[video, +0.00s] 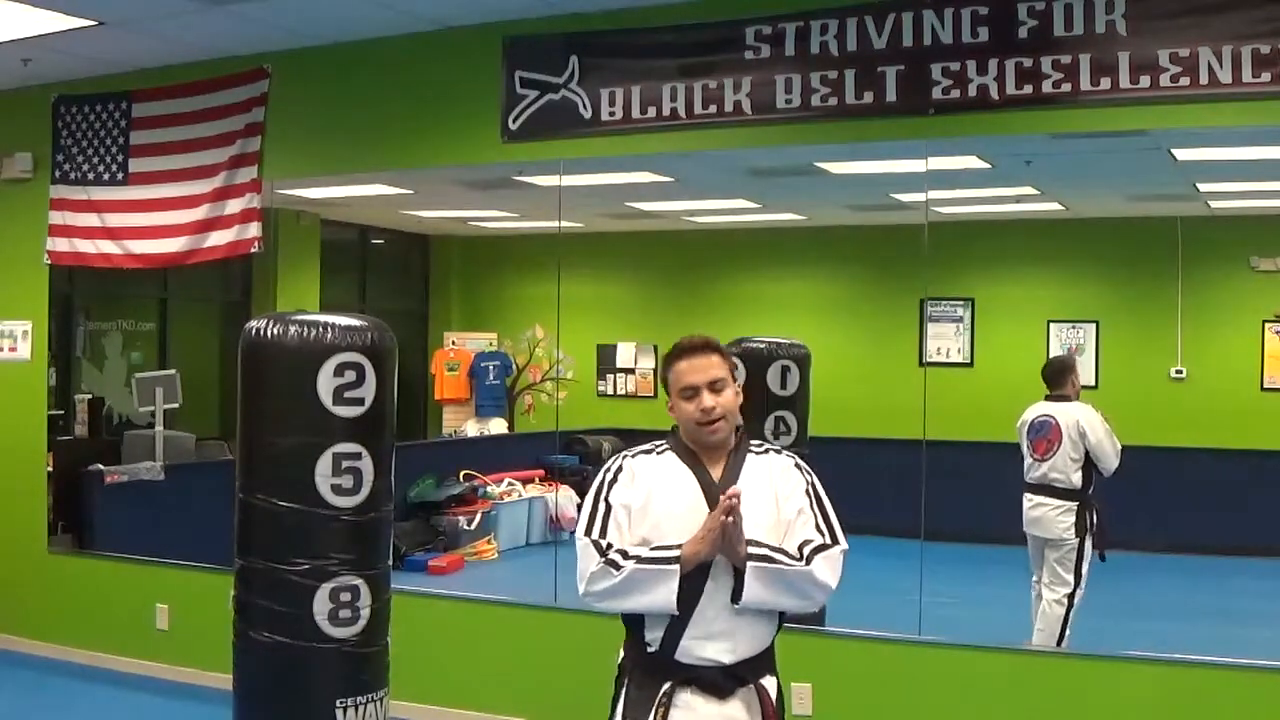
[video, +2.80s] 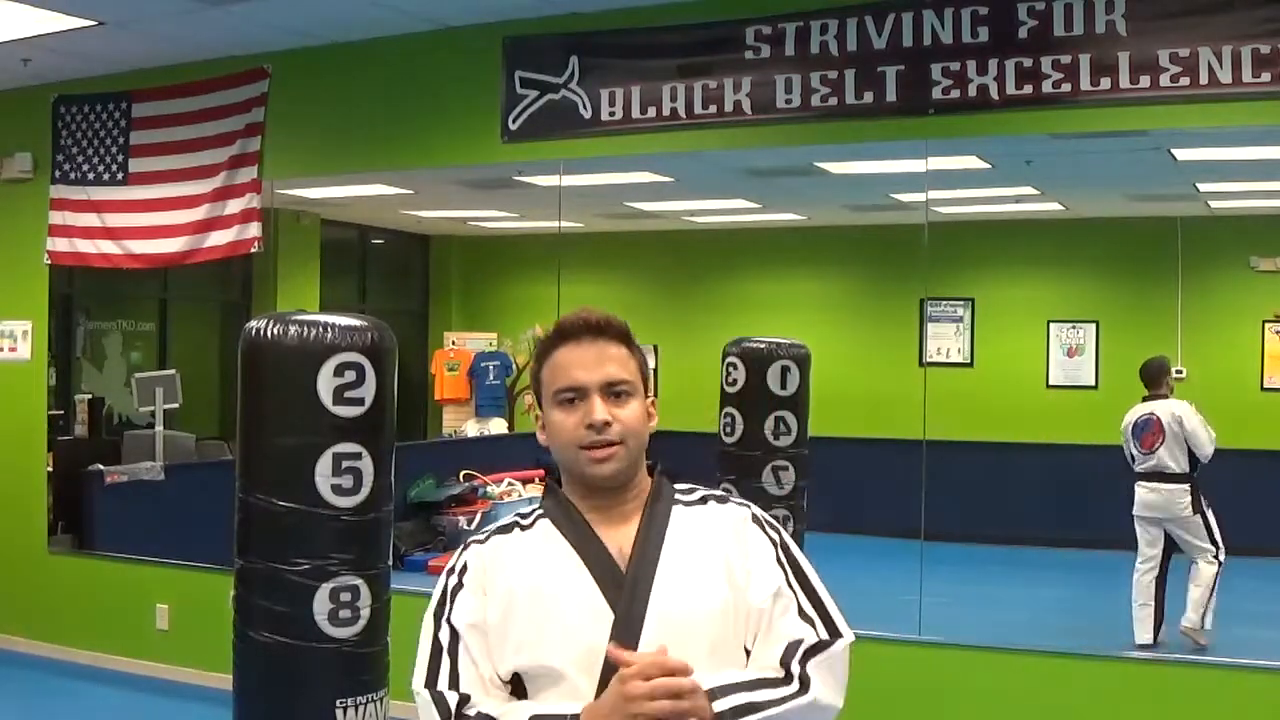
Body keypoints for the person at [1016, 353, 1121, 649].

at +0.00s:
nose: (1080, 380)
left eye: (1077, 375)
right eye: (1077, 375)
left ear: (1048, 383)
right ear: (1072, 381)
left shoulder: (1030, 414)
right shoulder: (1084, 416)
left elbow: (1030, 454)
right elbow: (1109, 463)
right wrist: (1102, 425)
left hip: (1033, 510)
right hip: (1067, 515)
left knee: (1039, 582)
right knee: (1060, 589)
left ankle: (1039, 648)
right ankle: (1044, 656)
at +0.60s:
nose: (1080, 383)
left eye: (1077, 378)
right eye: (1078, 379)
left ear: (1048, 385)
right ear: (1075, 382)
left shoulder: (1035, 416)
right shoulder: (1092, 409)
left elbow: (1034, 459)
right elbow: (1120, 451)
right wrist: (1093, 453)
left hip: (1045, 505)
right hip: (1082, 507)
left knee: (1053, 578)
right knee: (1090, 579)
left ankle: (1051, 648)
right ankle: (1056, 647)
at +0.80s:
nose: (1086, 384)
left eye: (1083, 380)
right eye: (1085, 380)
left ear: (1053, 384)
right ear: (1080, 382)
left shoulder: (1037, 415)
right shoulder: (1092, 409)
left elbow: (1038, 458)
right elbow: (1120, 452)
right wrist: (1091, 451)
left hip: (1050, 502)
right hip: (1087, 504)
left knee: (1059, 573)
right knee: (1117, 569)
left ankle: (1055, 645)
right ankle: (1085, 641)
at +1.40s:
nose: (1131, 385)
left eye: (1128, 381)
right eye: (1131, 381)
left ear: (1102, 381)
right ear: (1128, 383)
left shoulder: (1078, 411)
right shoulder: (1137, 415)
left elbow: (1070, 451)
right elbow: (1159, 460)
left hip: (1084, 499)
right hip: (1122, 503)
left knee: (1077, 568)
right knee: (1131, 575)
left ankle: (1062, 646)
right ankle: (1133, 649)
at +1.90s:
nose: (1163, 384)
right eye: (1165, 379)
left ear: (1140, 381)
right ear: (1167, 381)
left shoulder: (1117, 410)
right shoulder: (1182, 415)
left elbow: (1103, 454)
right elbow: (1197, 460)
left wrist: (1134, 452)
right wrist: (1168, 458)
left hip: (1120, 500)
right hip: (1157, 504)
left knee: (1112, 565)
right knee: (1149, 573)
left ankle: (1104, 639)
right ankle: (1137, 647)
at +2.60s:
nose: (1168, 379)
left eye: (1165, 374)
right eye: (1165, 375)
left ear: (1138, 385)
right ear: (1161, 381)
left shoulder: (1126, 417)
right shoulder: (1174, 414)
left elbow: (1125, 463)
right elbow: (1200, 457)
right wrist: (1205, 442)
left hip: (1137, 496)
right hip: (1170, 500)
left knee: (1142, 564)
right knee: (1192, 561)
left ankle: (1139, 638)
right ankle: (1157, 621)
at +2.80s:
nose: (1172, 379)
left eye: (1169, 374)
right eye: (1170, 375)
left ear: (1144, 383)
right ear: (1168, 380)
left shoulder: (1131, 415)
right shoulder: (1181, 410)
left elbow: (1133, 459)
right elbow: (1206, 451)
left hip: (1143, 495)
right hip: (1179, 496)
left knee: (1146, 563)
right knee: (1210, 555)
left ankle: (1144, 637)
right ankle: (1193, 622)